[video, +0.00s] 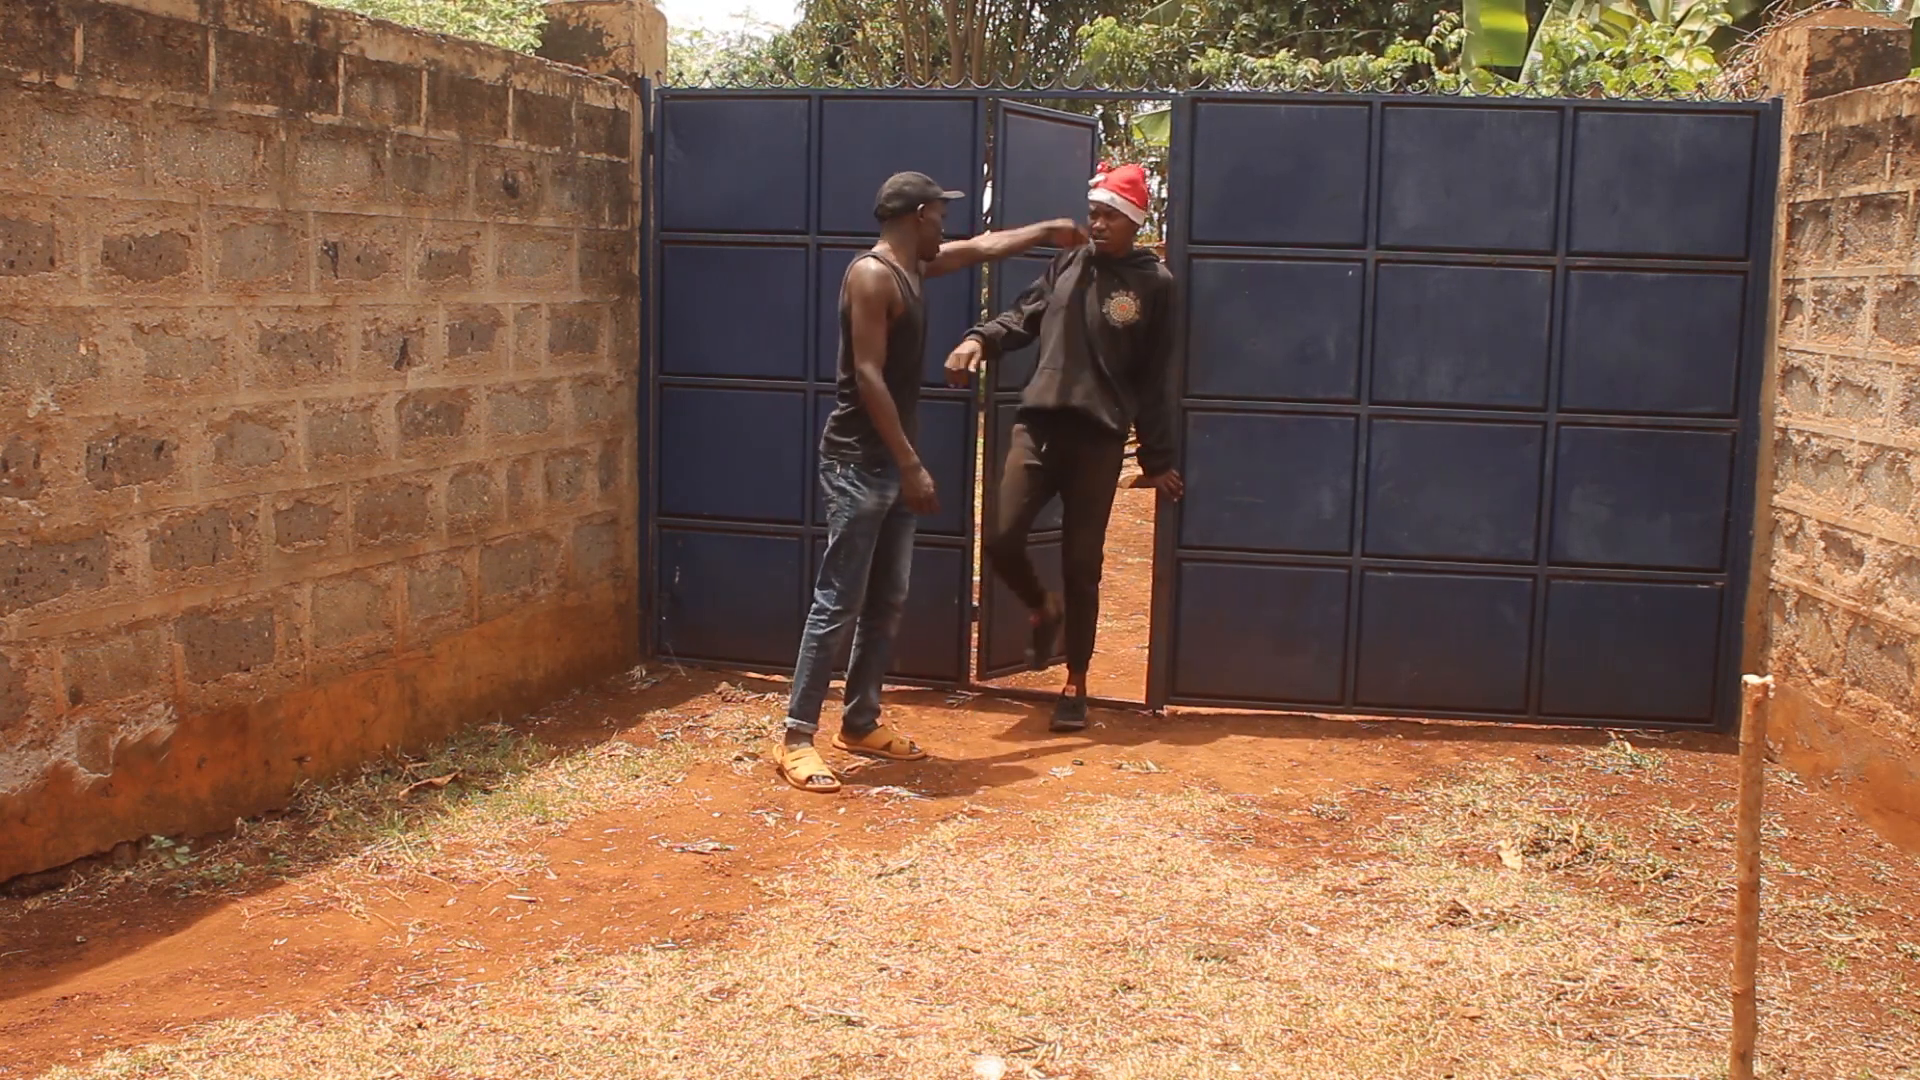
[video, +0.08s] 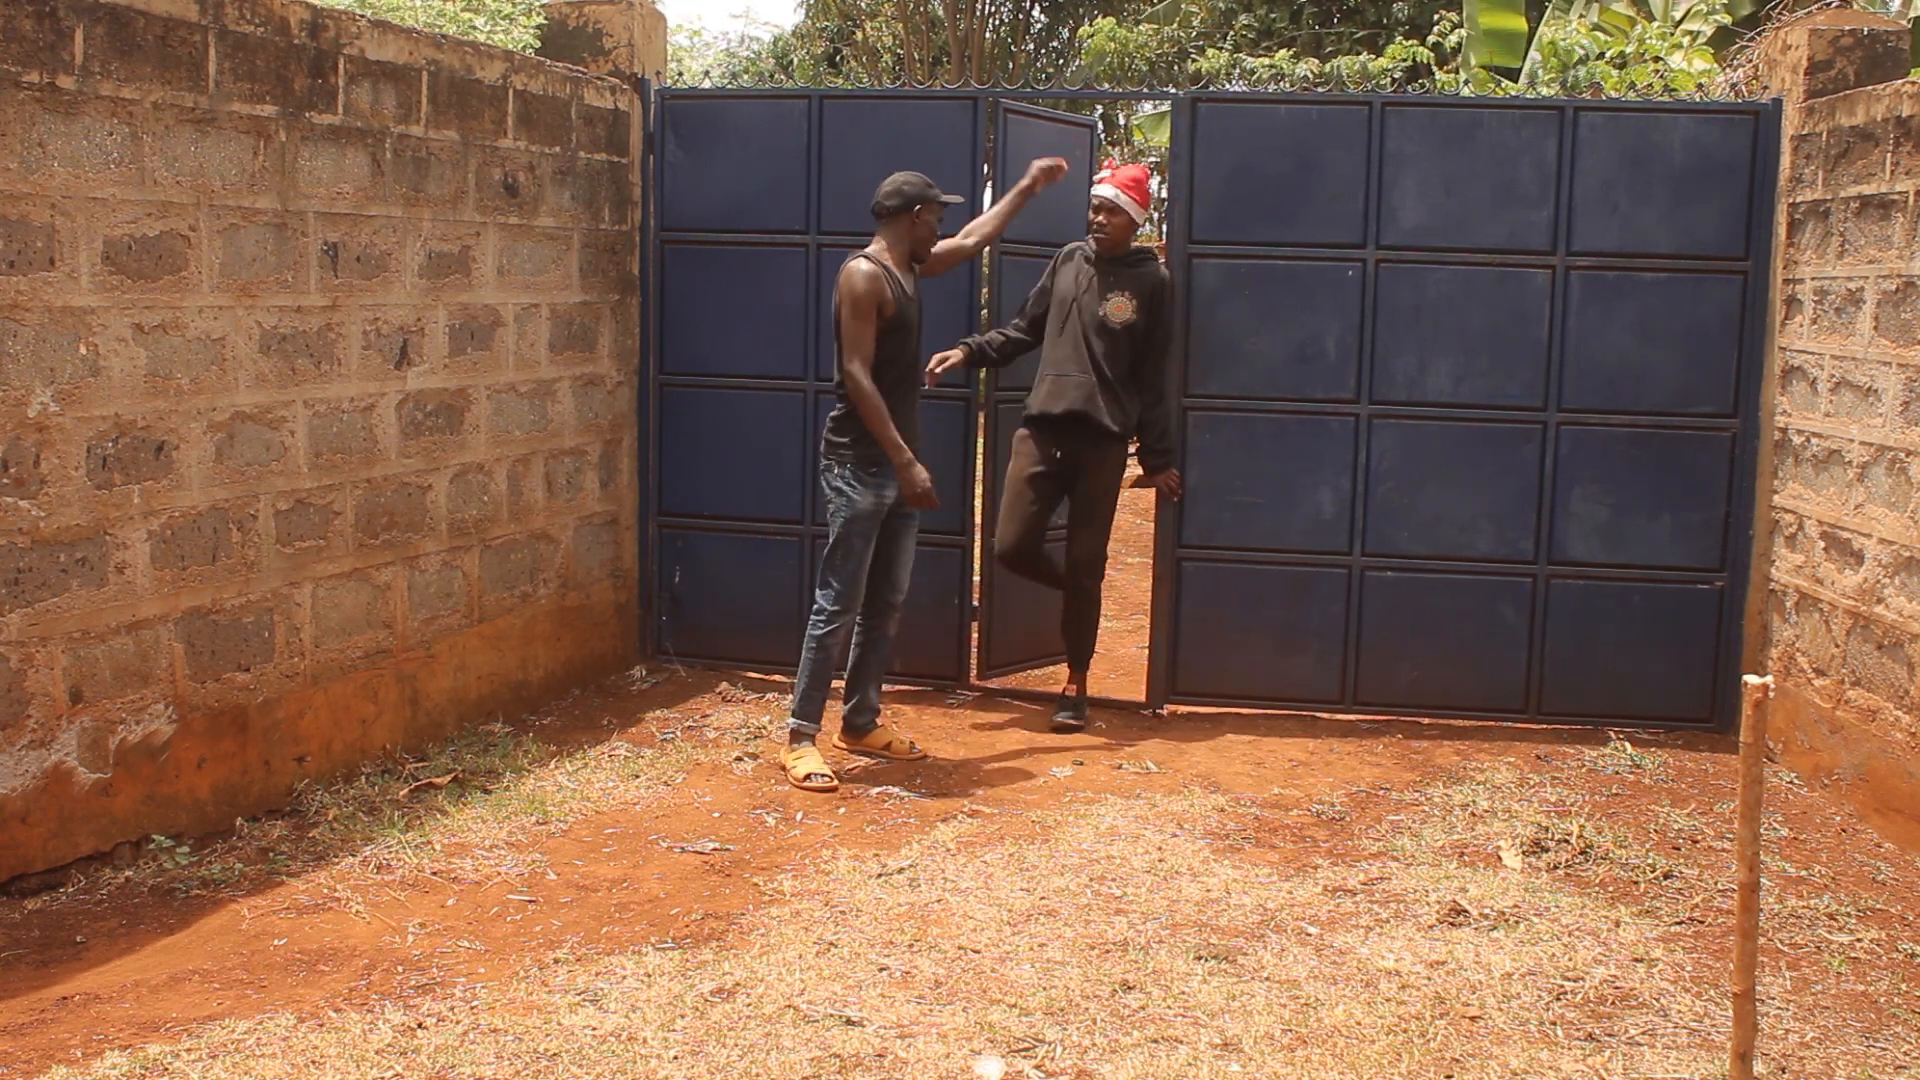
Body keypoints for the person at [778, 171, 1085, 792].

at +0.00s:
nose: (945, 225)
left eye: (944, 216)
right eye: (941, 214)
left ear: (913, 217)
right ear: (920, 216)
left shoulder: (914, 265)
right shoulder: (872, 275)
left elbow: (984, 246)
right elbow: (868, 376)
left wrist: (1049, 230)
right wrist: (910, 465)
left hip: (897, 459)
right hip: (857, 459)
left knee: (887, 600)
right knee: (836, 602)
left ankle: (862, 726)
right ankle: (797, 739)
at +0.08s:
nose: (940, 226)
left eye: (939, 216)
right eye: (935, 214)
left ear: (908, 217)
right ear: (909, 215)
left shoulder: (909, 266)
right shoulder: (861, 275)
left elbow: (973, 237)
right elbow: (855, 375)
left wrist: (1028, 185)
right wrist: (905, 461)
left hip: (900, 461)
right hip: (856, 459)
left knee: (886, 600)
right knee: (838, 602)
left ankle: (862, 725)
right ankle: (801, 738)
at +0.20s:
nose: (931, 225)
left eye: (932, 218)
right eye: (927, 216)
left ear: (899, 217)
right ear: (900, 217)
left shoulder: (899, 267)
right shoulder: (857, 278)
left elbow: (957, 234)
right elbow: (847, 380)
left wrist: (992, 165)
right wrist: (890, 468)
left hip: (898, 462)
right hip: (856, 465)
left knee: (883, 603)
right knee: (839, 605)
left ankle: (859, 726)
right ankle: (805, 740)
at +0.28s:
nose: (924, 225)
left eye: (924, 217)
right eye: (920, 215)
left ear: (889, 214)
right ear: (896, 216)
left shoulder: (893, 268)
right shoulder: (853, 279)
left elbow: (948, 240)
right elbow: (847, 384)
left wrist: (980, 171)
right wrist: (876, 477)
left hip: (896, 460)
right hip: (853, 463)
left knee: (882, 601)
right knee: (836, 605)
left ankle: (860, 725)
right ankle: (802, 739)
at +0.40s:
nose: (920, 229)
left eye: (920, 219)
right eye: (915, 218)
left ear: (883, 219)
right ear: (888, 218)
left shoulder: (881, 270)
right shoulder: (846, 281)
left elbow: (928, 269)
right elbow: (841, 384)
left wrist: (974, 203)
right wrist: (863, 480)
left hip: (891, 464)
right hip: (848, 468)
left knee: (877, 603)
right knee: (832, 607)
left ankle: (860, 726)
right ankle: (801, 743)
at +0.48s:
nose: (916, 233)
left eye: (918, 225)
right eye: (915, 223)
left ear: (881, 219)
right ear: (893, 219)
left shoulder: (875, 275)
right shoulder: (841, 280)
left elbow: (912, 293)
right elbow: (831, 386)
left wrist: (974, 238)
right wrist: (859, 480)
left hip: (887, 465)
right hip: (845, 468)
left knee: (874, 605)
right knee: (830, 609)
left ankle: (860, 725)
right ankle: (800, 743)